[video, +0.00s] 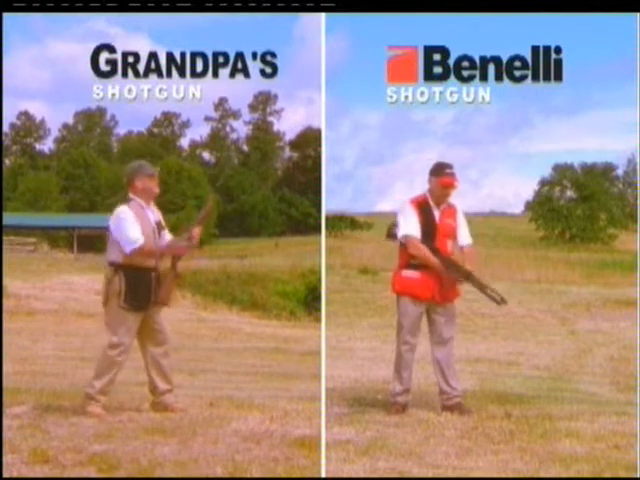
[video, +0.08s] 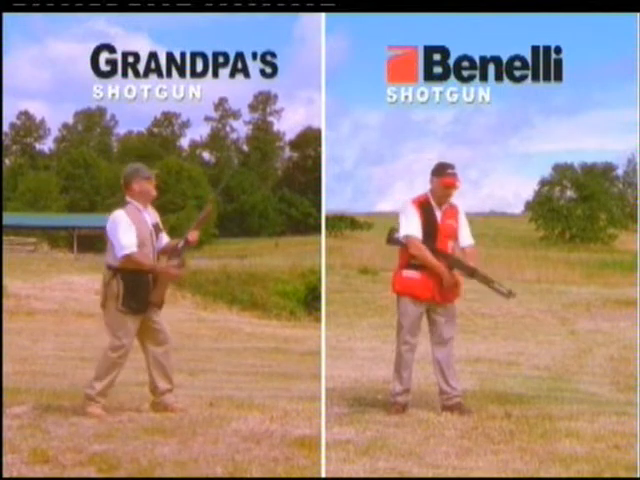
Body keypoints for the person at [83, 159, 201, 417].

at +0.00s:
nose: (157, 186)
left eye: (156, 181)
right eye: (151, 181)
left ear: (152, 185)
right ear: (135, 184)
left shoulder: (153, 212)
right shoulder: (123, 214)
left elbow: (165, 243)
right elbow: (135, 249)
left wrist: (186, 241)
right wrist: (170, 250)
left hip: (148, 276)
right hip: (125, 277)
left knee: (157, 341)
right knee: (120, 342)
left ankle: (162, 396)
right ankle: (94, 398)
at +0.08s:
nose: (154, 189)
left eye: (154, 184)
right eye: (149, 184)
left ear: (144, 188)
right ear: (132, 187)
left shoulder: (151, 215)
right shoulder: (120, 217)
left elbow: (163, 247)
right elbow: (127, 256)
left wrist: (184, 242)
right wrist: (159, 270)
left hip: (145, 280)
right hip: (122, 282)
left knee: (158, 340)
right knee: (121, 342)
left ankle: (162, 396)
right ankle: (93, 399)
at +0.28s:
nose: (152, 190)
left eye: (151, 185)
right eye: (146, 185)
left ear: (140, 190)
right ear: (131, 189)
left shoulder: (149, 216)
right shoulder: (116, 221)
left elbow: (159, 249)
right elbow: (113, 262)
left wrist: (180, 246)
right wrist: (125, 293)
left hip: (146, 281)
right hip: (122, 283)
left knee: (160, 339)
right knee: (121, 343)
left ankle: (163, 396)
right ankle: (92, 399)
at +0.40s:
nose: (152, 188)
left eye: (151, 183)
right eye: (146, 183)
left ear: (143, 188)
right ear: (130, 188)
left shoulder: (150, 214)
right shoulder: (115, 218)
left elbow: (158, 247)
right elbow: (98, 257)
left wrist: (179, 245)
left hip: (146, 279)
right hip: (120, 281)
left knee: (159, 339)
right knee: (119, 343)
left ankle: (162, 397)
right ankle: (92, 399)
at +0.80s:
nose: (173, 217)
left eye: (172, 211)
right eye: (169, 212)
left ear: (158, 216)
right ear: (154, 215)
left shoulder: (164, 239)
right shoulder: (136, 244)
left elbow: (161, 271)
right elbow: (110, 276)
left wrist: (186, 268)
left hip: (145, 296)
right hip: (122, 298)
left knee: (166, 341)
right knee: (134, 359)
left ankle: (163, 396)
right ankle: (94, 398)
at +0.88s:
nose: (170, 202)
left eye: (169, 197)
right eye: (165, 197)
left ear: (153, 202)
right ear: (151, 201)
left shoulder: (157, 225)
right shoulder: (145, 233)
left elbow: (156, 259)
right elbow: (136, 277)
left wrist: (182, 262)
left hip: (149, 297)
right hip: (132, 299)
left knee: (167, 342)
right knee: (133, 354)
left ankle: (165, 395)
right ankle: (96, 398)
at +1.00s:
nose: (164, 187)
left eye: (163, 182)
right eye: (160, 182)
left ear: (149, 187)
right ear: (145, 186)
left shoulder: (155, 213)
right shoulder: (145, 216)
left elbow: (179, 237)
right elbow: (167, 247)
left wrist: (212, 229)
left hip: (149, 276)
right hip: (131, 277)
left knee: (163, 338)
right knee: (127, 340)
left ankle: (164, 395)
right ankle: (95, 396)